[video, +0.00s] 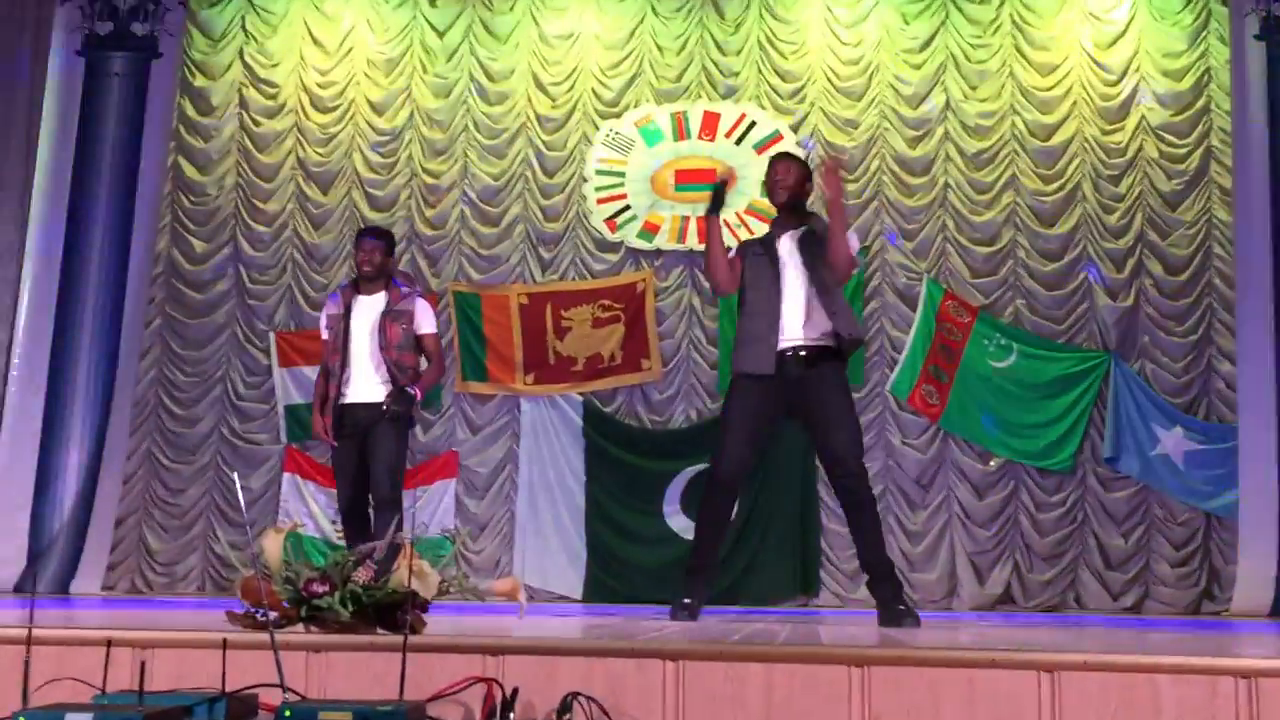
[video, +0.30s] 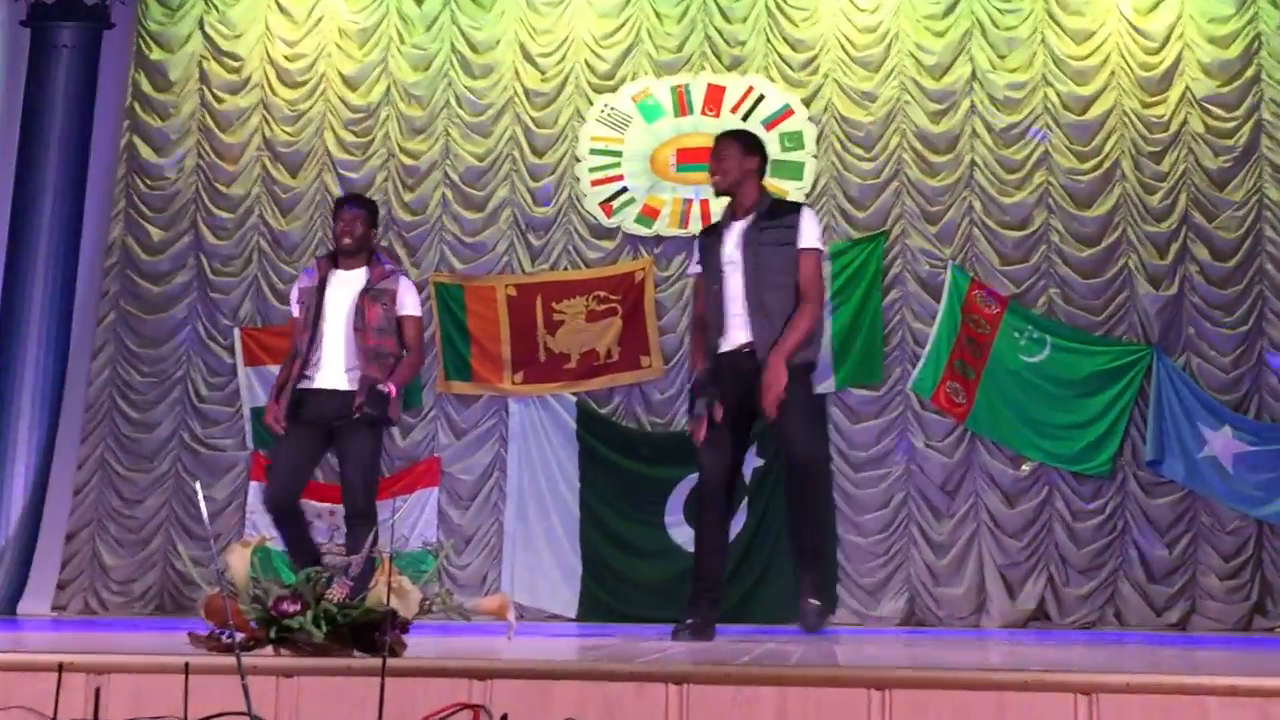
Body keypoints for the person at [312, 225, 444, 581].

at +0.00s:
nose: (366, 259)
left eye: (375, 253)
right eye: (361, 252)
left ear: (390, 260)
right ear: (353, 256)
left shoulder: (414, 304)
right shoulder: (335, 304)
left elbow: (437, 364)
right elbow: (326, 365)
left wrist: (416, 391)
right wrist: (317, 410)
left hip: (388, 413)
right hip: (344, 415)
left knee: (386, 497)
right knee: (349, 502)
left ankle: (383, 579)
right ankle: (362, 578)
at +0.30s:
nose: (345, 229)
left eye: (355, 223)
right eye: (340, 222)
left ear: (373, 231)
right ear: (332, 228)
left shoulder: (396, 284)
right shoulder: (310, 279)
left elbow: (414, 353)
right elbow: (297, 348)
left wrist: (389, 389)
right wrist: (278, 396)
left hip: (361, 407)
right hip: (308, 406)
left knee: (359, 505)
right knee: (279, 496)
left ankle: (354, 600)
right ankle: (314, 581)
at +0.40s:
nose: (334, 234)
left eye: (344, 227)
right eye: (329, 226)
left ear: (360, 236)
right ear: (320, 232)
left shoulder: (384, 289)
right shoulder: (298, 284)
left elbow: (402, 359)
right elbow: (285, 355)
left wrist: (378, 399)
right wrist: (264, 403)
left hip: (348, 416)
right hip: (293, 414)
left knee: (348, 515)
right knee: (260, 503)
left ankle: (346, 613)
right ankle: (276, 602)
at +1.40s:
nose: (362, 199)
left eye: (371, 193)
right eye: (356, 192)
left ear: (386, 200)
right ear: (346, 197)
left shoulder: (407, 246)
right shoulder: (320, 242)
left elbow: (421, 309)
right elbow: (289, 308)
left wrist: (425, 362)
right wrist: (266, 365)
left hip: (378, 378)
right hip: (319, 374)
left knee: (388, 478)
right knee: (293, 472)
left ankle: (395, 576)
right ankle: (294, 577)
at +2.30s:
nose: (339, 225)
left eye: (348, 219)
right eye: (333, 219)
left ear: (363, 226)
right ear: (323, 225)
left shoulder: (386, 271)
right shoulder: (300, 273)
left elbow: (439, 318)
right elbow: (244, 314)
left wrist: (447, 347)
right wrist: (266, 347)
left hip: (375, 399)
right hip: (321, 401)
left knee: (395, 492)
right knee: (323, 501)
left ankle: (414, 582)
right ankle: (322, 588)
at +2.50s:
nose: (339, 203)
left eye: (347, 196)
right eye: (332, 196)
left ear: (361, 204)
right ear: (322, 201)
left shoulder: (383, 252)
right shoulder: (296, 251)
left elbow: (416, 308)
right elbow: (289, 309)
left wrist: (441, 297)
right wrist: (245, 291)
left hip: (367, 375)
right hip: (312, 376)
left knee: (382, 469)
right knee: (309, 473)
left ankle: (396, 559)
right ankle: (303, 562)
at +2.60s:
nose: (349, 196)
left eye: (358, 189)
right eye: (343, 189)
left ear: (373, 195)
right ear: (335, 194)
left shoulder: (397, 245)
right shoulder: (311, 242)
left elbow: (403, 295)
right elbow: (307, 302)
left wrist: (352, 281)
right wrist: (351, 323)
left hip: (373, 364)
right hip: (320, 363)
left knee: (385, 459)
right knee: (305, 461)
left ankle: (394, 548)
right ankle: (301, 549)